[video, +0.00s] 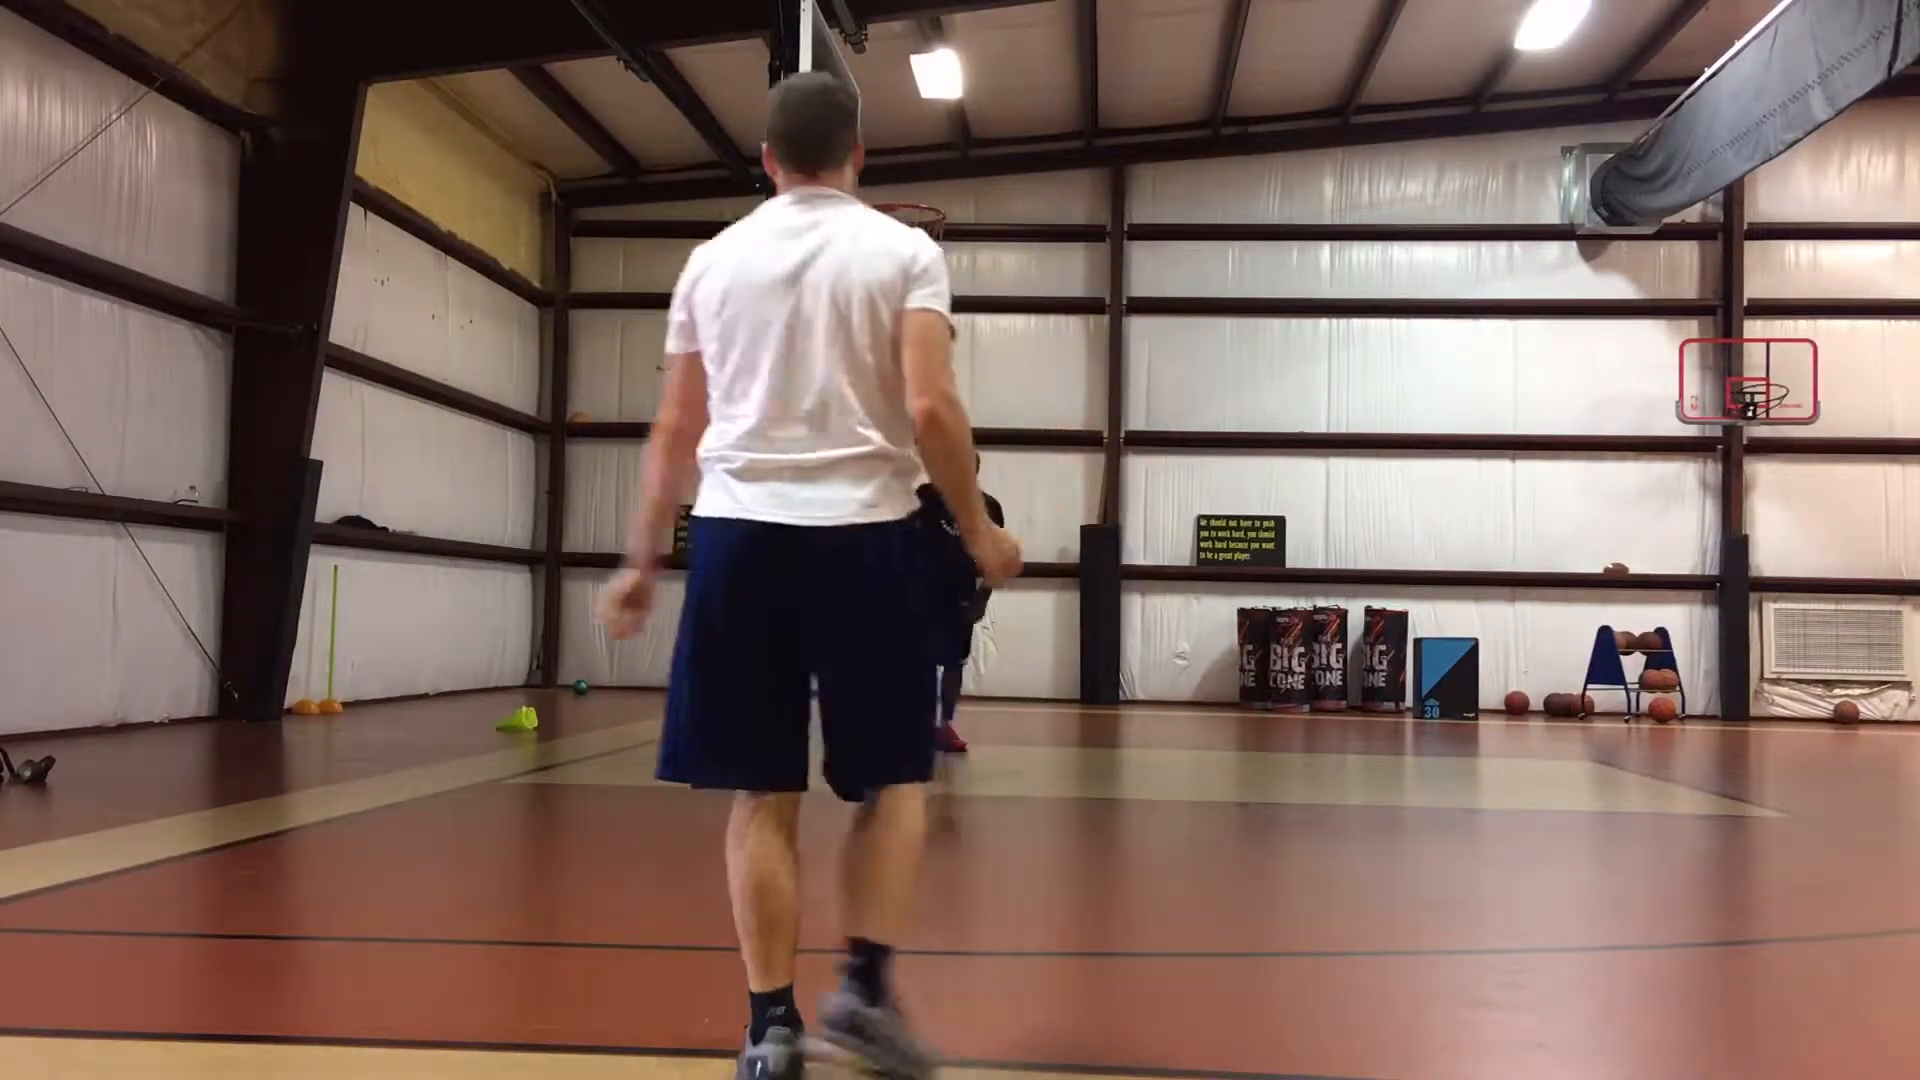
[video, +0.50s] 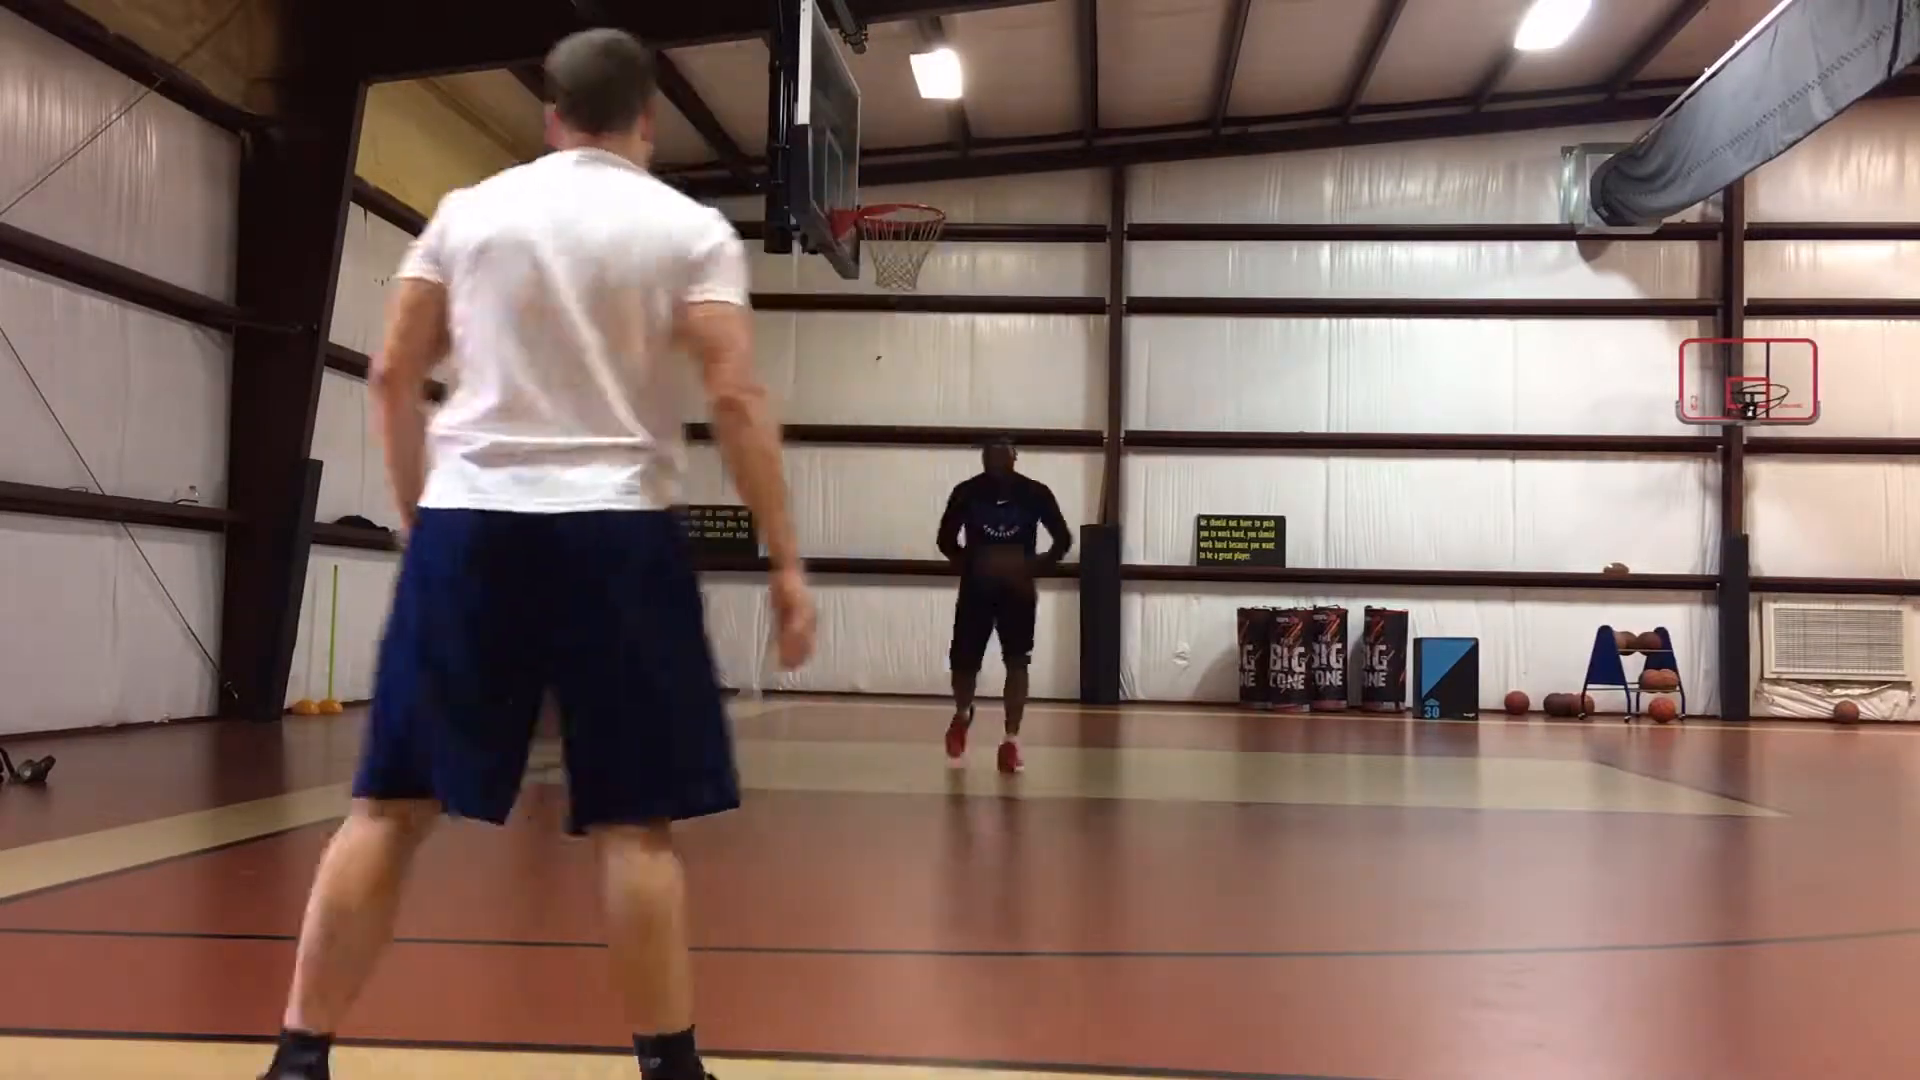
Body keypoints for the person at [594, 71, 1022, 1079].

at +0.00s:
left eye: (775, 153)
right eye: (856, 151)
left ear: (765, 160)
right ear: (860, 155)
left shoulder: (710, 262)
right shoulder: (904, 250)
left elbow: (675, 432)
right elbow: (931, 407)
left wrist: (642, 558)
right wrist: (978, 529)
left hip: (738, 556)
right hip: (871, 555)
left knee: (760, 790)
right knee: (892, 779)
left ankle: (772, 1030)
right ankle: (866, 988)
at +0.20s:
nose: (847, 156)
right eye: (849, 144)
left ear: (745, 144)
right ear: (839, 145)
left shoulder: (676, 239)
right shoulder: (878, 242)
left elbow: (591, 373)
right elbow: (938, 409)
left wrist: (537, 516)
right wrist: (965, 503)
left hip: (685, 533)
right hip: (809, 533)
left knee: (726, 782)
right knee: (784, 788)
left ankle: (764, 1026)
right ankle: (715, 1031)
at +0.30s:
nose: (847, 161)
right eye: (848, 148)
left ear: (742, 142)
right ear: (837, 147)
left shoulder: (661, 232)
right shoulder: (868, 247)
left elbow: (587, 366)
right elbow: (934, 417)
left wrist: (524, 508)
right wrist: (960, 515)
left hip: (644, 521)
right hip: (776, 523)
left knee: (694, 783)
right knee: (739, 800)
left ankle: (735, 1020)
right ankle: (691, 1052)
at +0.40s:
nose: (790, 150)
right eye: (795, 137)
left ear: (688, 131)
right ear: (788, 138)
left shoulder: (606, 213)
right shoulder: (822, 239)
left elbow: (524, 357)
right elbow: (891, 427)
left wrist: (516, 507)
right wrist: (931, 568)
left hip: (587, 517)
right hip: (729, 523)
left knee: (572, 791)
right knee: (691, 810)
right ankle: (681, 1063)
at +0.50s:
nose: (653, 133)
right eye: (656, 118)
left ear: (551, 115)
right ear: (648, 121)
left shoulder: (464, 213)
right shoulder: (690, 230)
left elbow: (394, 376)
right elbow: (734, 398)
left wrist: (421, 522)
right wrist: (784, 563)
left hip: (465, 539)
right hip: (619, 547)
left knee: (388, 808)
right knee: (638, 826)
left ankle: (296, 1060)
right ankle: (672, 1066)